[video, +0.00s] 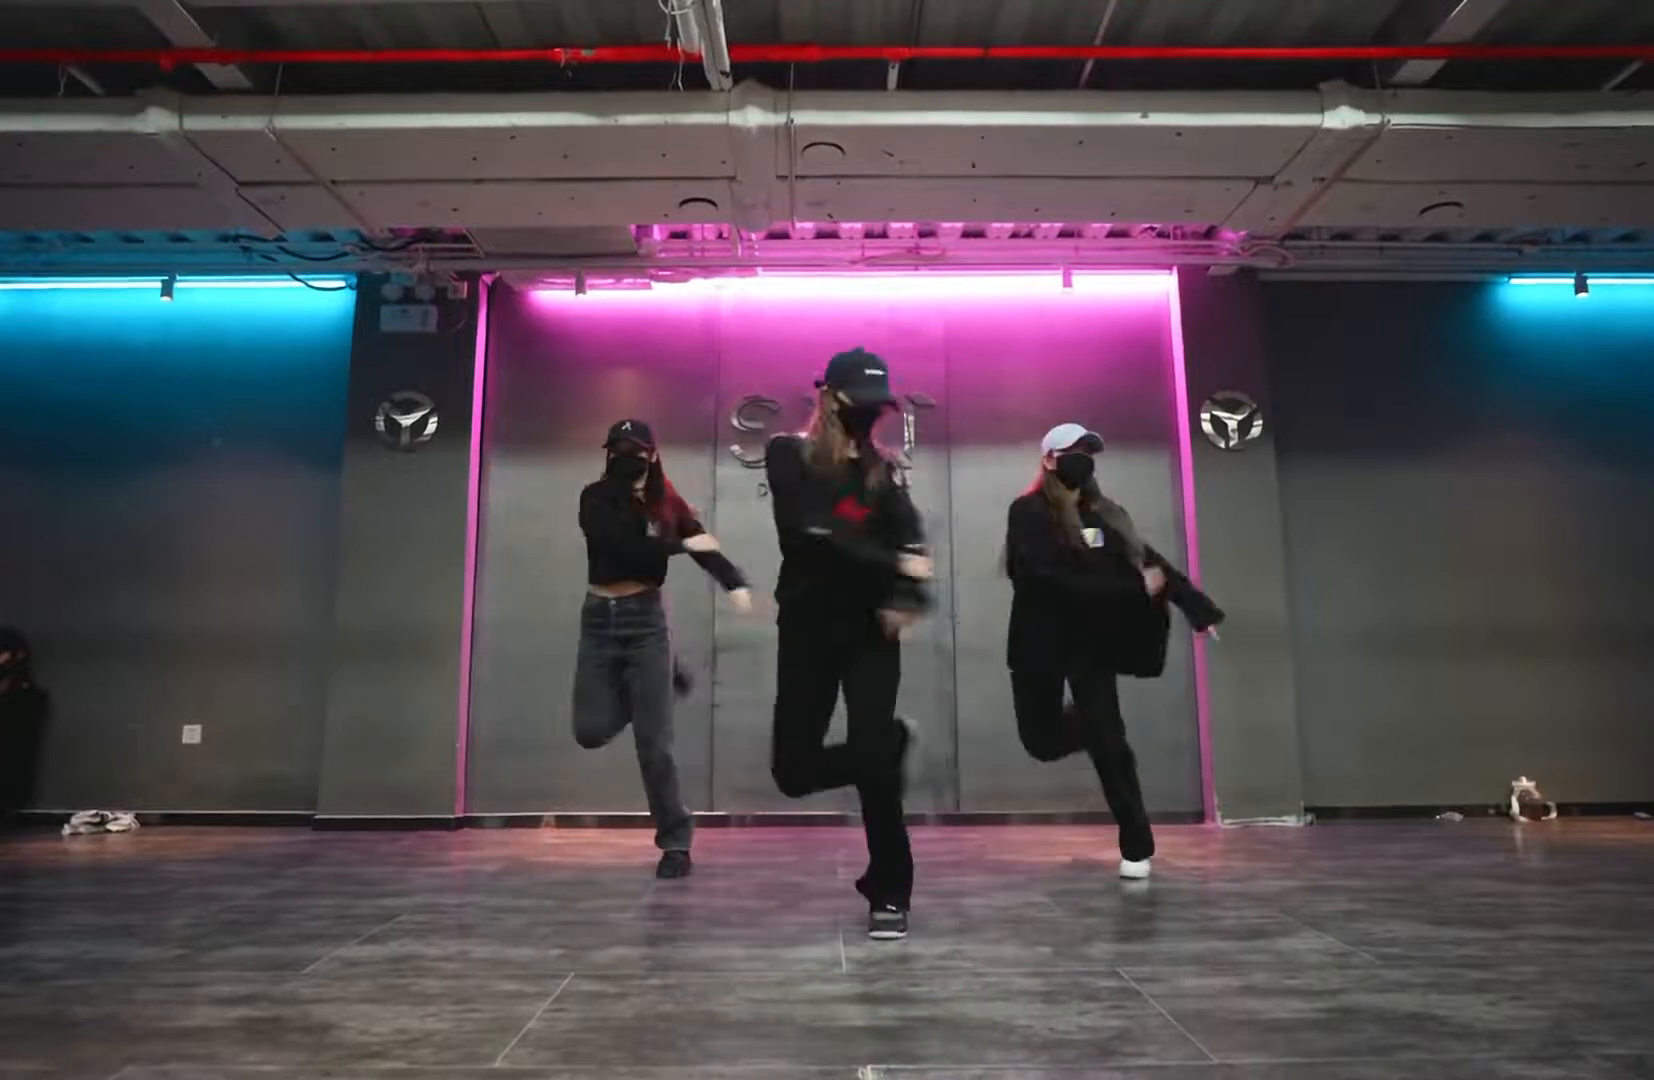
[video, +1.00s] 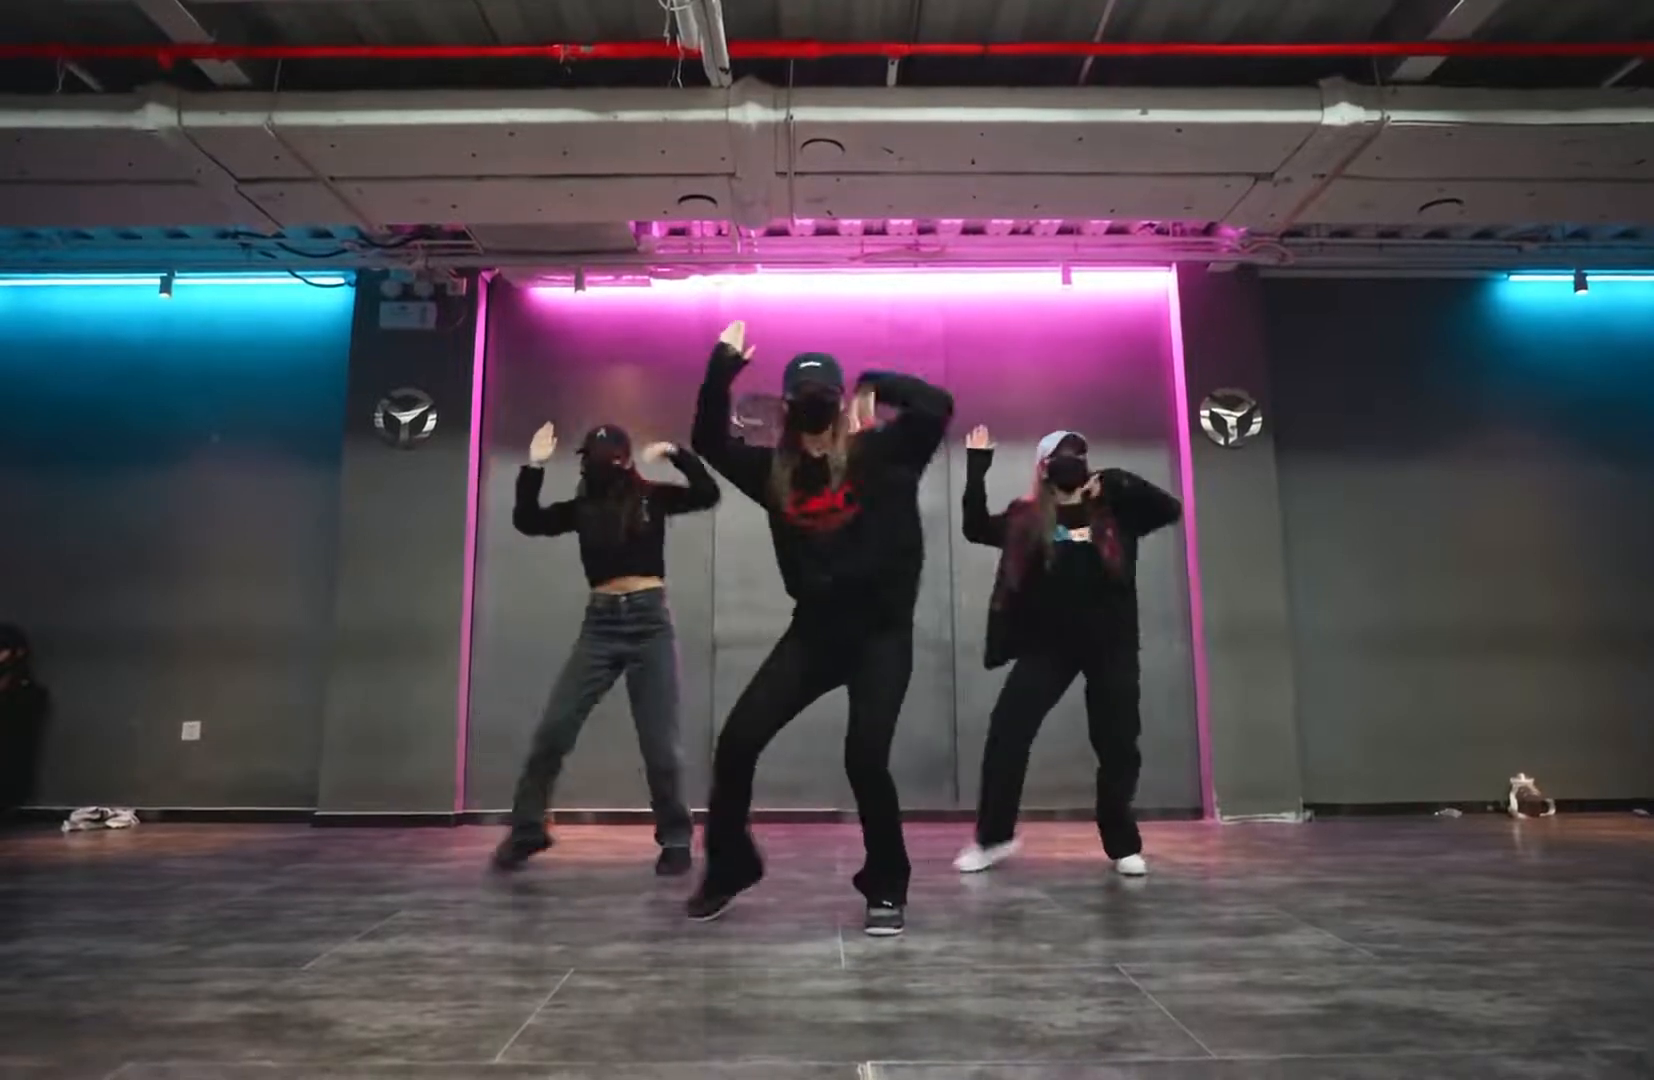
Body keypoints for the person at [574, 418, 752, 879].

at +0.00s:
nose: (627, 460)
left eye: (635, 453)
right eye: (619, 453)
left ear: (651, 456)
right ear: (608, 456)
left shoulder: (665, 501)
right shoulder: (595, 497)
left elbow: (700, 544)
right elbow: (614, 547)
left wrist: (735, 583)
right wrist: (673, 544)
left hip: (646, 622)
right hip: (598, 621)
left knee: (653, 744)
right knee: (590, 731)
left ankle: (674, 845)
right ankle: (658, 679)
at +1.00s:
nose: (603, 463)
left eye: (611, 456)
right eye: (596, 456)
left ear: (626, 460)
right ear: (585, 461)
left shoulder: (651, 497)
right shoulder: (580, 508)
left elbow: (707, 495)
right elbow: (527, 521)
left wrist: (678, 454)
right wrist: (534, 465)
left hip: (651, 626)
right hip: (600, 627)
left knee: (660, 742)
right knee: (553, 729)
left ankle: (675, 843)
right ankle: (526, 832)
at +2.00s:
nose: (561, 481)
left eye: (572, 474)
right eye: (558, 473)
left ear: (594, 476)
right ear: (555, 474)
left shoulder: (606, 512)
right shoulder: (560, 513)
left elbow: (596, 581)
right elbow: (551, 572)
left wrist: (560, 633)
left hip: (609, 653)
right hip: (563, 650)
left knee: (639, 761)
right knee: (493, 740)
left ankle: (694, 842)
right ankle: (463, 850)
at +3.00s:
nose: (546, 415)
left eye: (555, 406)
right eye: (538, 406)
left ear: (574, 408)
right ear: (526, 407)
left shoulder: (591, 468)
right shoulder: (507, 459)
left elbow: (607, 541)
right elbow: (438, 469)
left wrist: (631, 591)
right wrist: (417, 415)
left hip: (572, 593)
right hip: (512, 592)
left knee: (612, 715)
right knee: (469, 700)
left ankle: (646, 832)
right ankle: (440, 824)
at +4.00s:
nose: (592, 416)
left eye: (597, 407)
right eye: (580, 408)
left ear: (607, 414)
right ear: (560, 416)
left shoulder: (609, 472)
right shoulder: (543, 463)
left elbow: (597, 535)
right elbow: (554, 517)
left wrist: (616, 513)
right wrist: (618, 501)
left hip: (584, 604)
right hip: (530, 600)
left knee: (639, 708)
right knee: (481, 721)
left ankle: (621, 827)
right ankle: (434, 834)